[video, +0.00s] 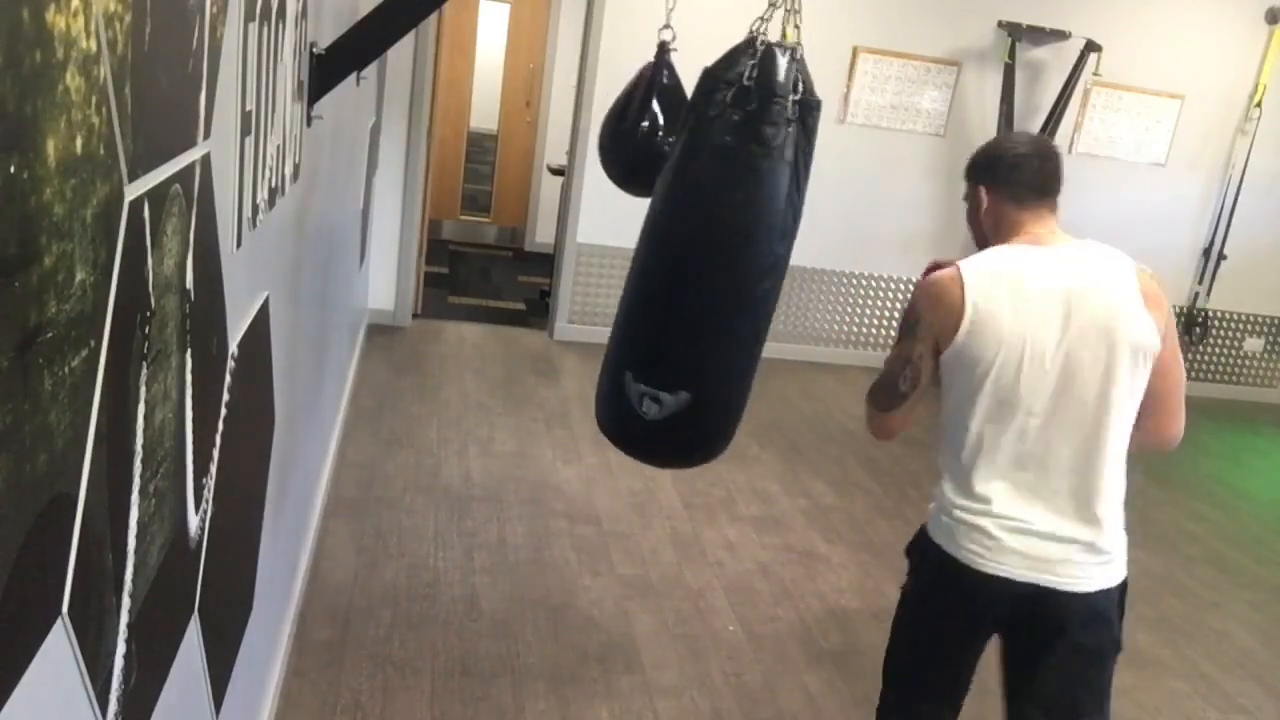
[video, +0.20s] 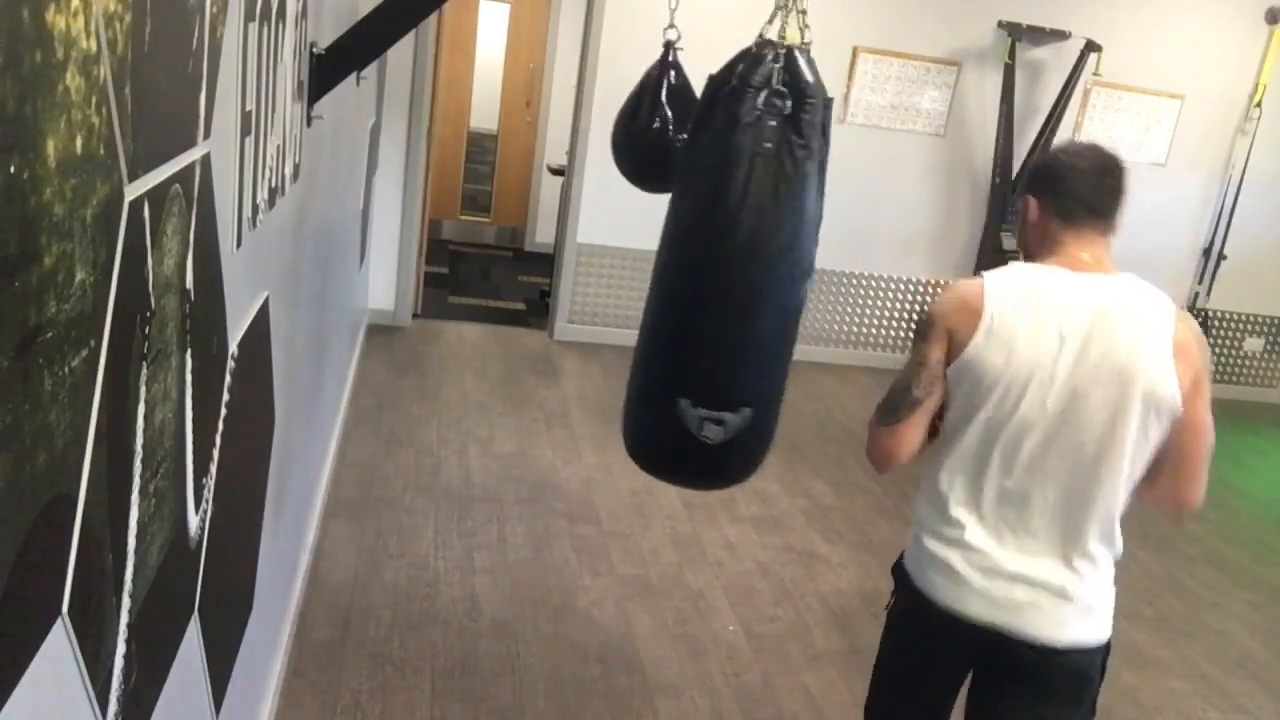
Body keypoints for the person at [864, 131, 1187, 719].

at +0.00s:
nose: (967, 219)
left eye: (967, 202)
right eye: (967, 202)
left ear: (984, 199)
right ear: (1054, 197)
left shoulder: (953, 290)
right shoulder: (1142, 291)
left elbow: (885, 420)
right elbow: (1165, 429)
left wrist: (923, 314)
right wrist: (1077, 419)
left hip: (962, 570)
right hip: (1082, 589)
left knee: (913, 711)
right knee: (1068, 713)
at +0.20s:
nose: (1019, 217)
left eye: (1022, 204)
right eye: (1024, 204)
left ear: (1032, 208)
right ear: (1112, 219)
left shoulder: (969, 303)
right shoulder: (1178, 335)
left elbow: (886, 450)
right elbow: (1183, 492)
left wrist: (949, 403)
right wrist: (1098, 465)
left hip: (938, 604)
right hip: (1063, 635)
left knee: (898, 711)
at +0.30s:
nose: (1042, 245)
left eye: (1044, 232)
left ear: (1059, 237)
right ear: (1144, 254)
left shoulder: (987, 326)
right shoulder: (1201, 377)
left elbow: (888, 472)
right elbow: (1188, 543)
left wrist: (949, 431)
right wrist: (1120, 484)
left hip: (933, 643)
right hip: (1063, 678)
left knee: (895, 710)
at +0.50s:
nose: (1078, 193)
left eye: (1081, 179)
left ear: (1093, 182)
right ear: (1188, 203)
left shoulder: (1014, 270)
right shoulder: (1247, 328)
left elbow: (902, 423)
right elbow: (1231, 509)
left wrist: (981, 376)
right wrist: (1153, 440)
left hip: (942, 606)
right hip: (1077, 655)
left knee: (878, 709)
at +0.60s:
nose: (1081, 206)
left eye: (1084, 190)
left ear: (1096, 191)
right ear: (1193, 212)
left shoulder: (1011, 280)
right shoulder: (1250, 344)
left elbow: (898, 430)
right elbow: (1234, 529)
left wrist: (984, 385)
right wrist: (1156, 461)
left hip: (938, 611)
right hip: (1075, 666)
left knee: (874, 711)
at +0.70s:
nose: (1073, 239)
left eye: (1075, 224)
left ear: (1086, 229)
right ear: (1189, 250)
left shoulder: (998, 321)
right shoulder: (1238, 394)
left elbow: (887, 473)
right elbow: (1212, 580)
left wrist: (961, 437)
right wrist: (1135, 507)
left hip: (930, 666)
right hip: (1077, 701)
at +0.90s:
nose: (1048, 208)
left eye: (1048, 193)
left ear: (1059, 193)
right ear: (1160, 206)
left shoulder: (984, 281)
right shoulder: (1225, 343)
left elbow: (877, 441)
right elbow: (1209, 526)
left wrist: (954, 403)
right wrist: (1126, 464)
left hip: (914, 620)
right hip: (1054, 669)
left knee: (835, 712)